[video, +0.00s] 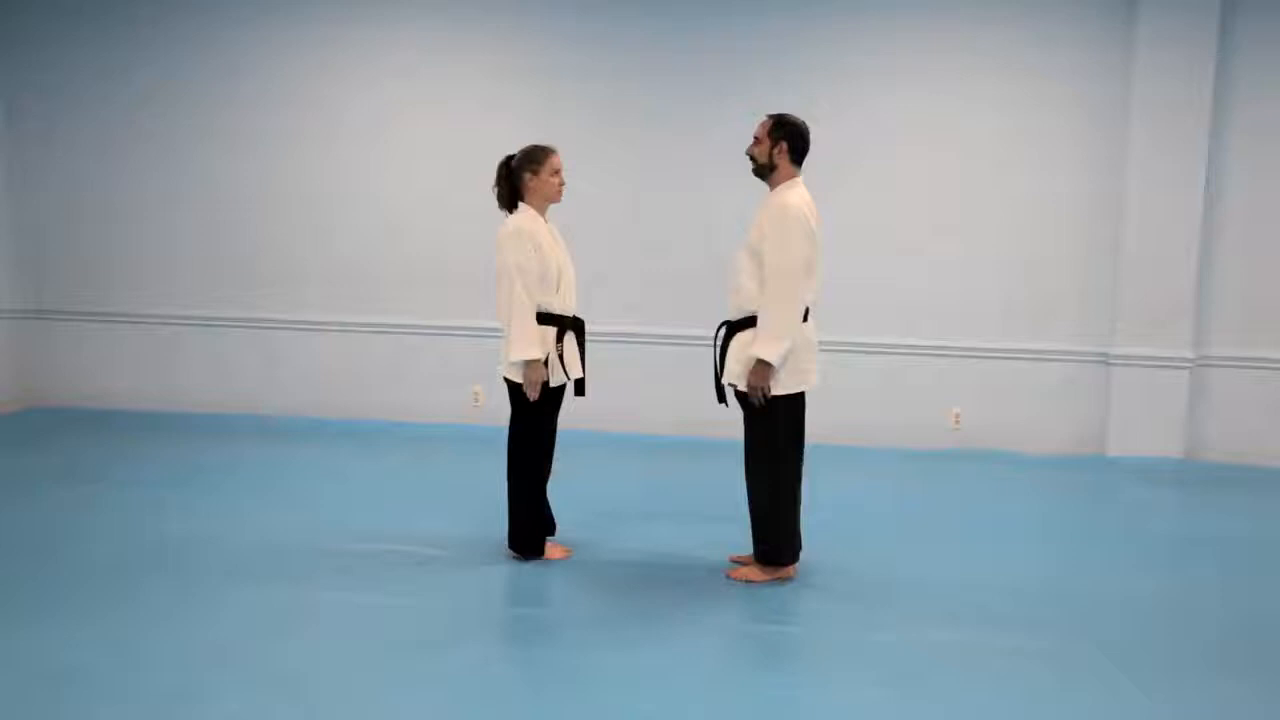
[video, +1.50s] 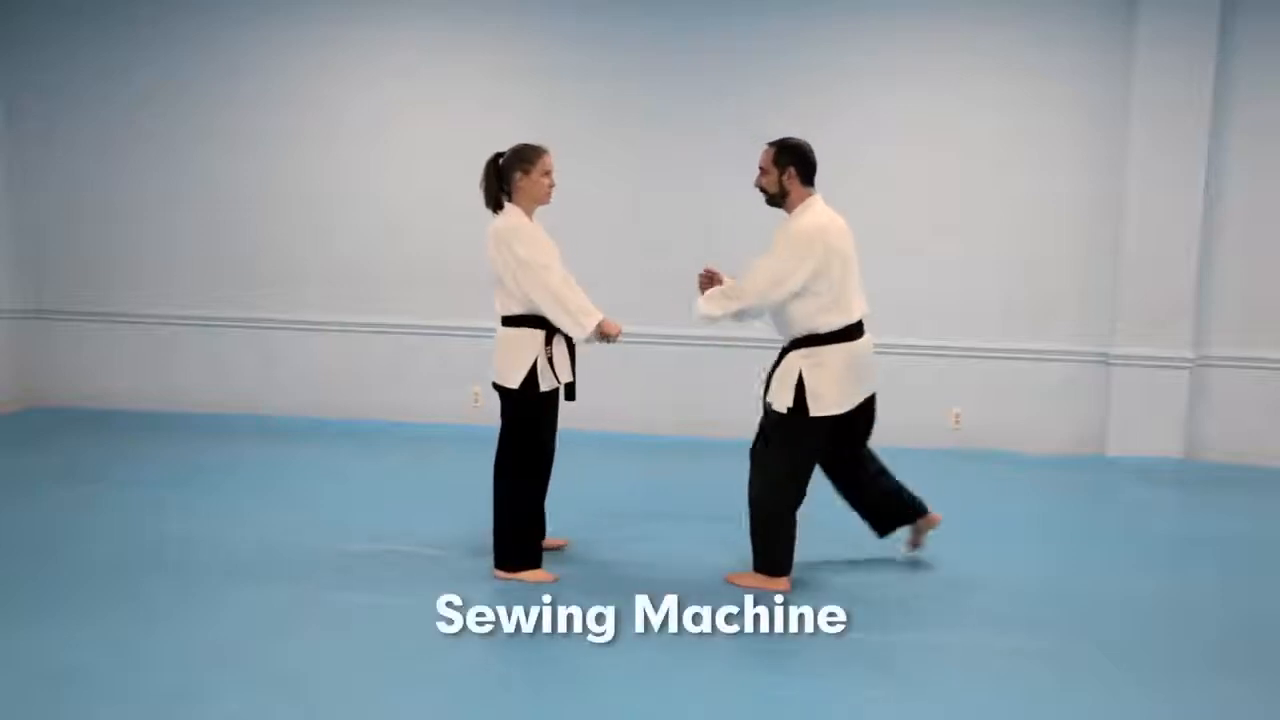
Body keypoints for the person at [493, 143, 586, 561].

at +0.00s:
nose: (562, 181)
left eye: (561, 173)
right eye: (555, 174)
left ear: (541, 180)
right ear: (530, 179)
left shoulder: (544, 227)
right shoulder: (518, 229)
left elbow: (551, 295)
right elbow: (518, 298)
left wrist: (562, 354)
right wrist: (530, 358)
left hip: (553, 351)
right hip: (535, 354)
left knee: (539, 451)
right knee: (529, 453)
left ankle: (534, 534)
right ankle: (526, 541)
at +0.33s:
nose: (561, 181)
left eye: (560, 173)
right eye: (554, 174)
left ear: (540, 180)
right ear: (529, 179)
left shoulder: (542, 227)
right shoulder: (517, 229)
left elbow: (549, 296)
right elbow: (518, 298)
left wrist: (560, 355)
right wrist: (530, 359)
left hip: (552, 352)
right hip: (534, 355)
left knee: (539, 452)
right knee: (529, 454)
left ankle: (534, 533)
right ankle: (526, 541)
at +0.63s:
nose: (561, 181)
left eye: (560, 173)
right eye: (553, 174)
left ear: (540, 180)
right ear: (529, 179)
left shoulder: (542, 227)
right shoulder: (517, 229)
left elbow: (549, 295)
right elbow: (518, 298)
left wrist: (559, 354)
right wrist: (530, 359)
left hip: (553, 350)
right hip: (534, 353)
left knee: (540, 451)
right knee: (529, 453)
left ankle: (535, 534)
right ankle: (527, 541)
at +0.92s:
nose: (565, 183)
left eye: (565, 176)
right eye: (558, 176)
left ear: (546, 182)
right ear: (532, 180)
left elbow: (569, 289)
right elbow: (523, 293)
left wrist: (599, 322)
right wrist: (560, 338)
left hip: (547, 352)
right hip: (524, 354)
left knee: (549, 445)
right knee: (549, 445)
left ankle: (546, 537)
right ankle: (531, 539)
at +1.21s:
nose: (561, 185)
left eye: (561, 177)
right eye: (554, 177)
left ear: (537, 182)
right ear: (528, 181)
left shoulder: (536, 227)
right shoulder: (520, 228)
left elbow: (565, 280)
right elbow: (551, 286)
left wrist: (603, 318)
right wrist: (598, 324)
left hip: (543, 351)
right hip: (527, 352)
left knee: (533, 454)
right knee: (522, 458)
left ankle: (527, 542)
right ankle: (513, 560)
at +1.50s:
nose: (552, 183)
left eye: (552, 175)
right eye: (545, 175)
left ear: (524, 182)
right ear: (518, 180)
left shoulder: (527, 226)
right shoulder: (512, 228)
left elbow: (558, 280)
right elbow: (546, 285)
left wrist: (594, 319)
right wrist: (593, 322)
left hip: (541, 352)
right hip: (526, 354)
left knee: (536, 452)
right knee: (522, 457)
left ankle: (529, 537)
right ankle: (513, 561)